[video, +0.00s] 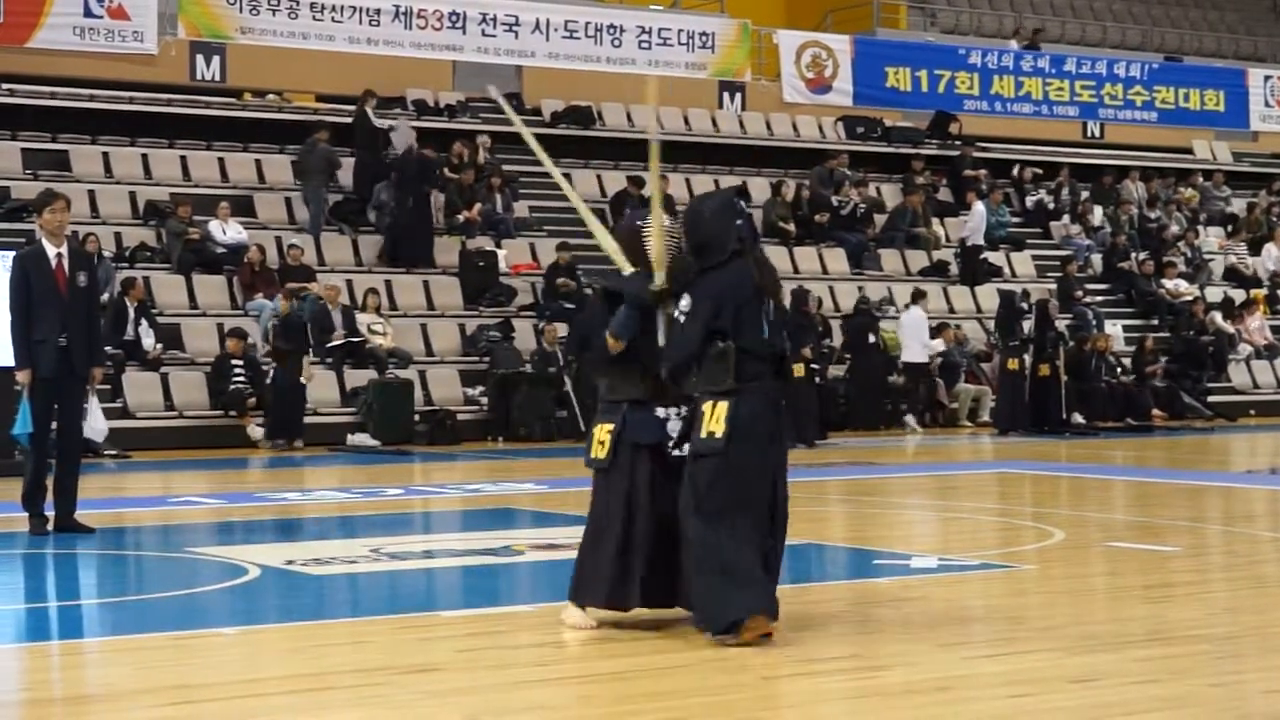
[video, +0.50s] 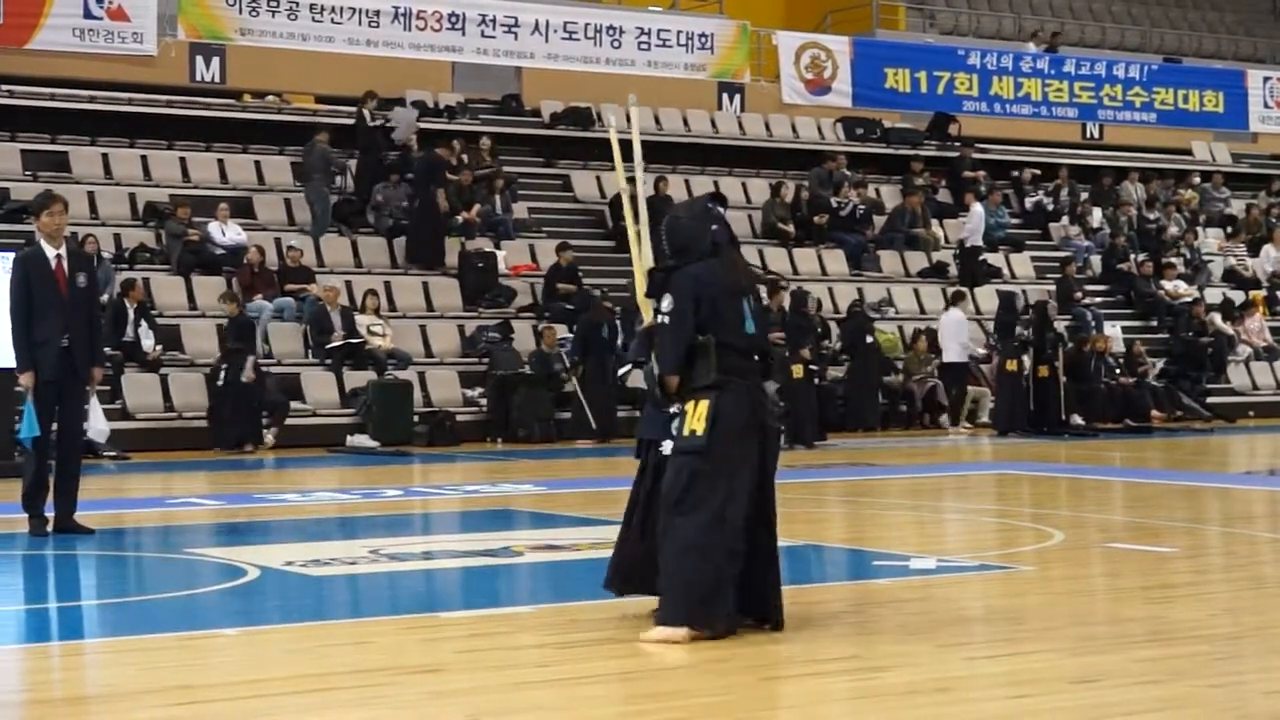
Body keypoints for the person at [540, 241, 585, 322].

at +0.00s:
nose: (569, 256)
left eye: (569, 253)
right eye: (566, 253)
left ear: (570, 253)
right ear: (559, 253)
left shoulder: (572, 267)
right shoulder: (552, 268)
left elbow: (579, 286)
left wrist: (571, 285)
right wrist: (556, 283)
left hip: (570, 297)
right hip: (555, 298)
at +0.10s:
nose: (570, 255)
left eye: (571, 252)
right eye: (567, 253)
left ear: (572, 253)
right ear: (559, 253)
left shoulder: (572, 267)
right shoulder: (553, 268)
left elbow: (580, 286)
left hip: (572, 298)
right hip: (556, 298)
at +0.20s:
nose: (570, 255)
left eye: (570, 252)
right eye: (567, 252)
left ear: (571, 252)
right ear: (560, 253)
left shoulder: (572, 267)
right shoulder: (553, 268)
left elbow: (580, 286)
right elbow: (550, 287)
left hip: (572, 298)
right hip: (556, 298)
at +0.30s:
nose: (571, 254)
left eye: (571, 252)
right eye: (568, 252)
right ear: (560, 253)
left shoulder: (572, 267)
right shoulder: (553, 268)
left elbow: (579, 286)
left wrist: (561, 285)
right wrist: (572, 287)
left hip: (570, 299)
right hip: (555, 300)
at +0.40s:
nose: (571, 255)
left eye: (571, 252)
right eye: (568, 252)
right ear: (560, 253)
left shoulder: (572, 267)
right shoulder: (553, 268)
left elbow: (579, 287)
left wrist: (560, 286)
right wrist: (573, 287)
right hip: (554, 300)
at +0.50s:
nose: (572, 255)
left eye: (571, 252)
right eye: (569, 252)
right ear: (561, 254)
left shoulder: (573, 268)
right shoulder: (553, 270)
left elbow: (579, 288)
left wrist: (560, 287)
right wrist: (573, 289)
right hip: (554, 302)